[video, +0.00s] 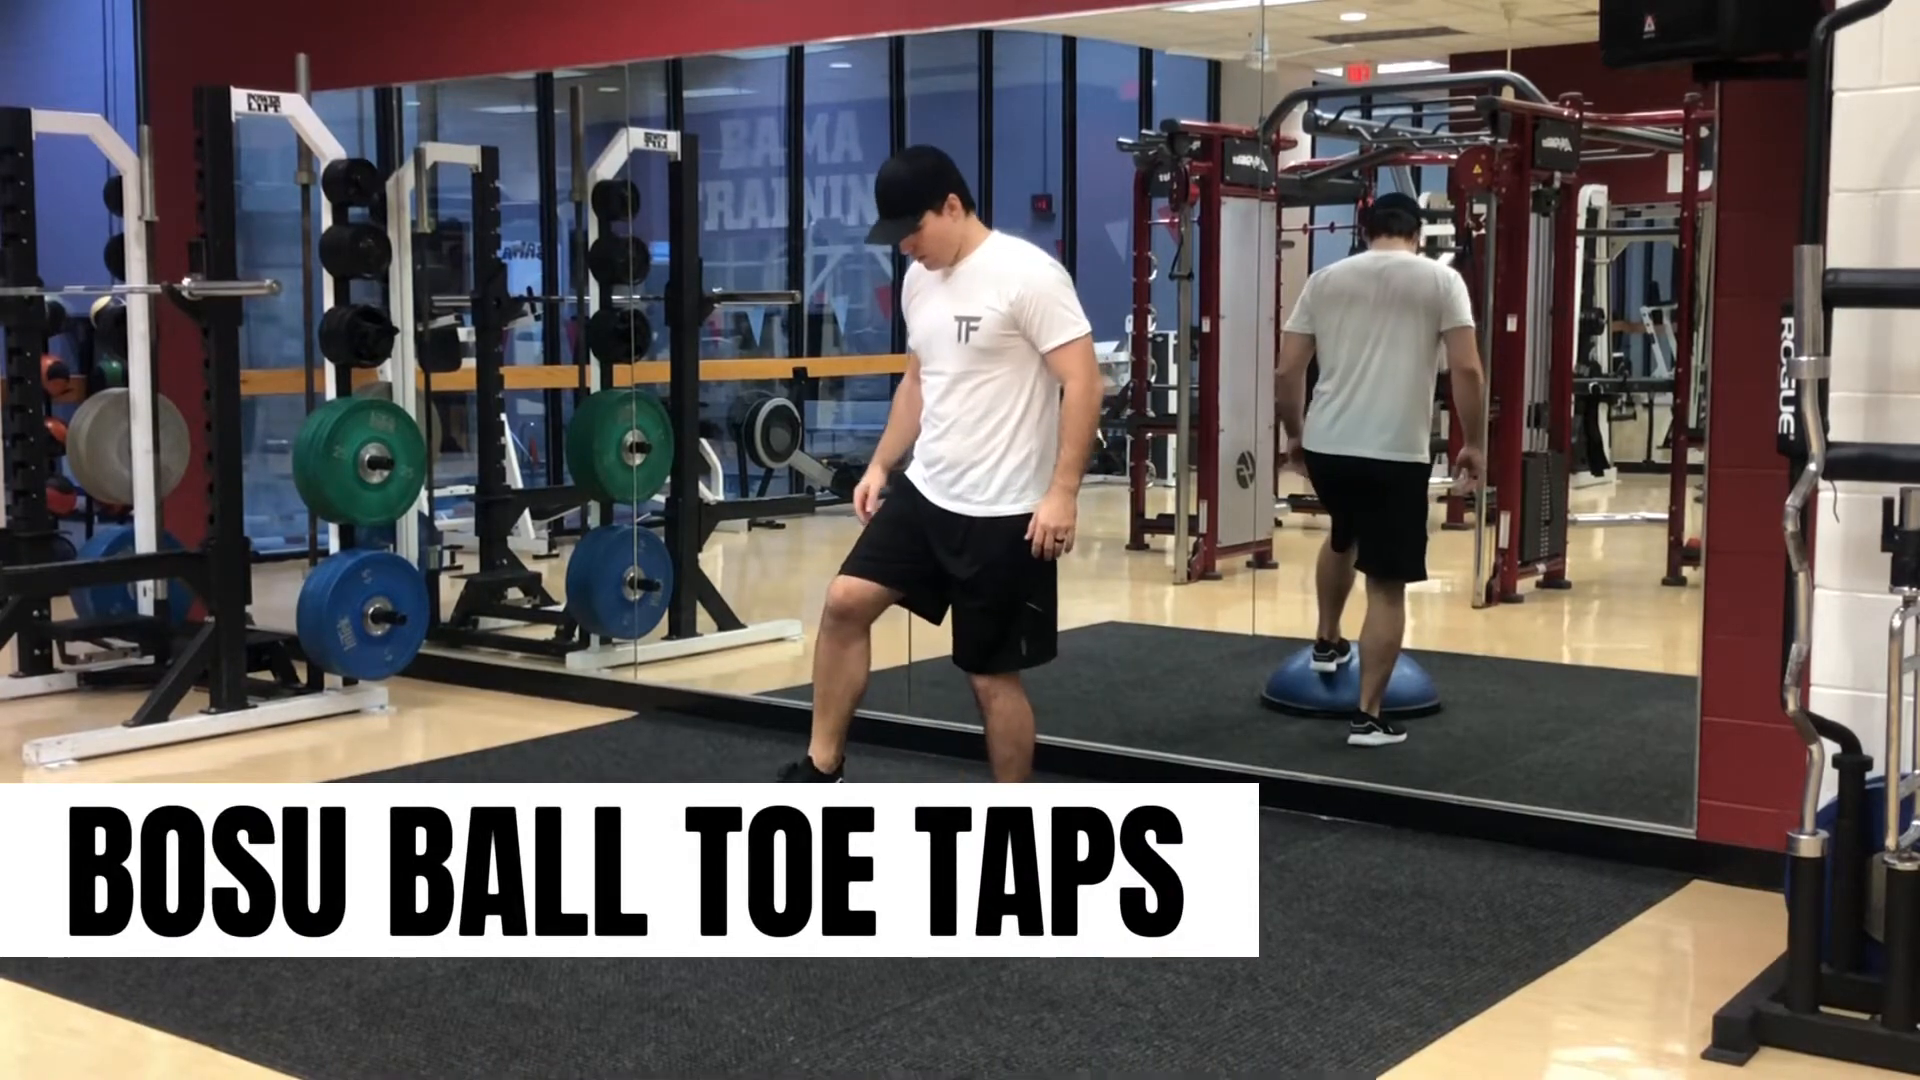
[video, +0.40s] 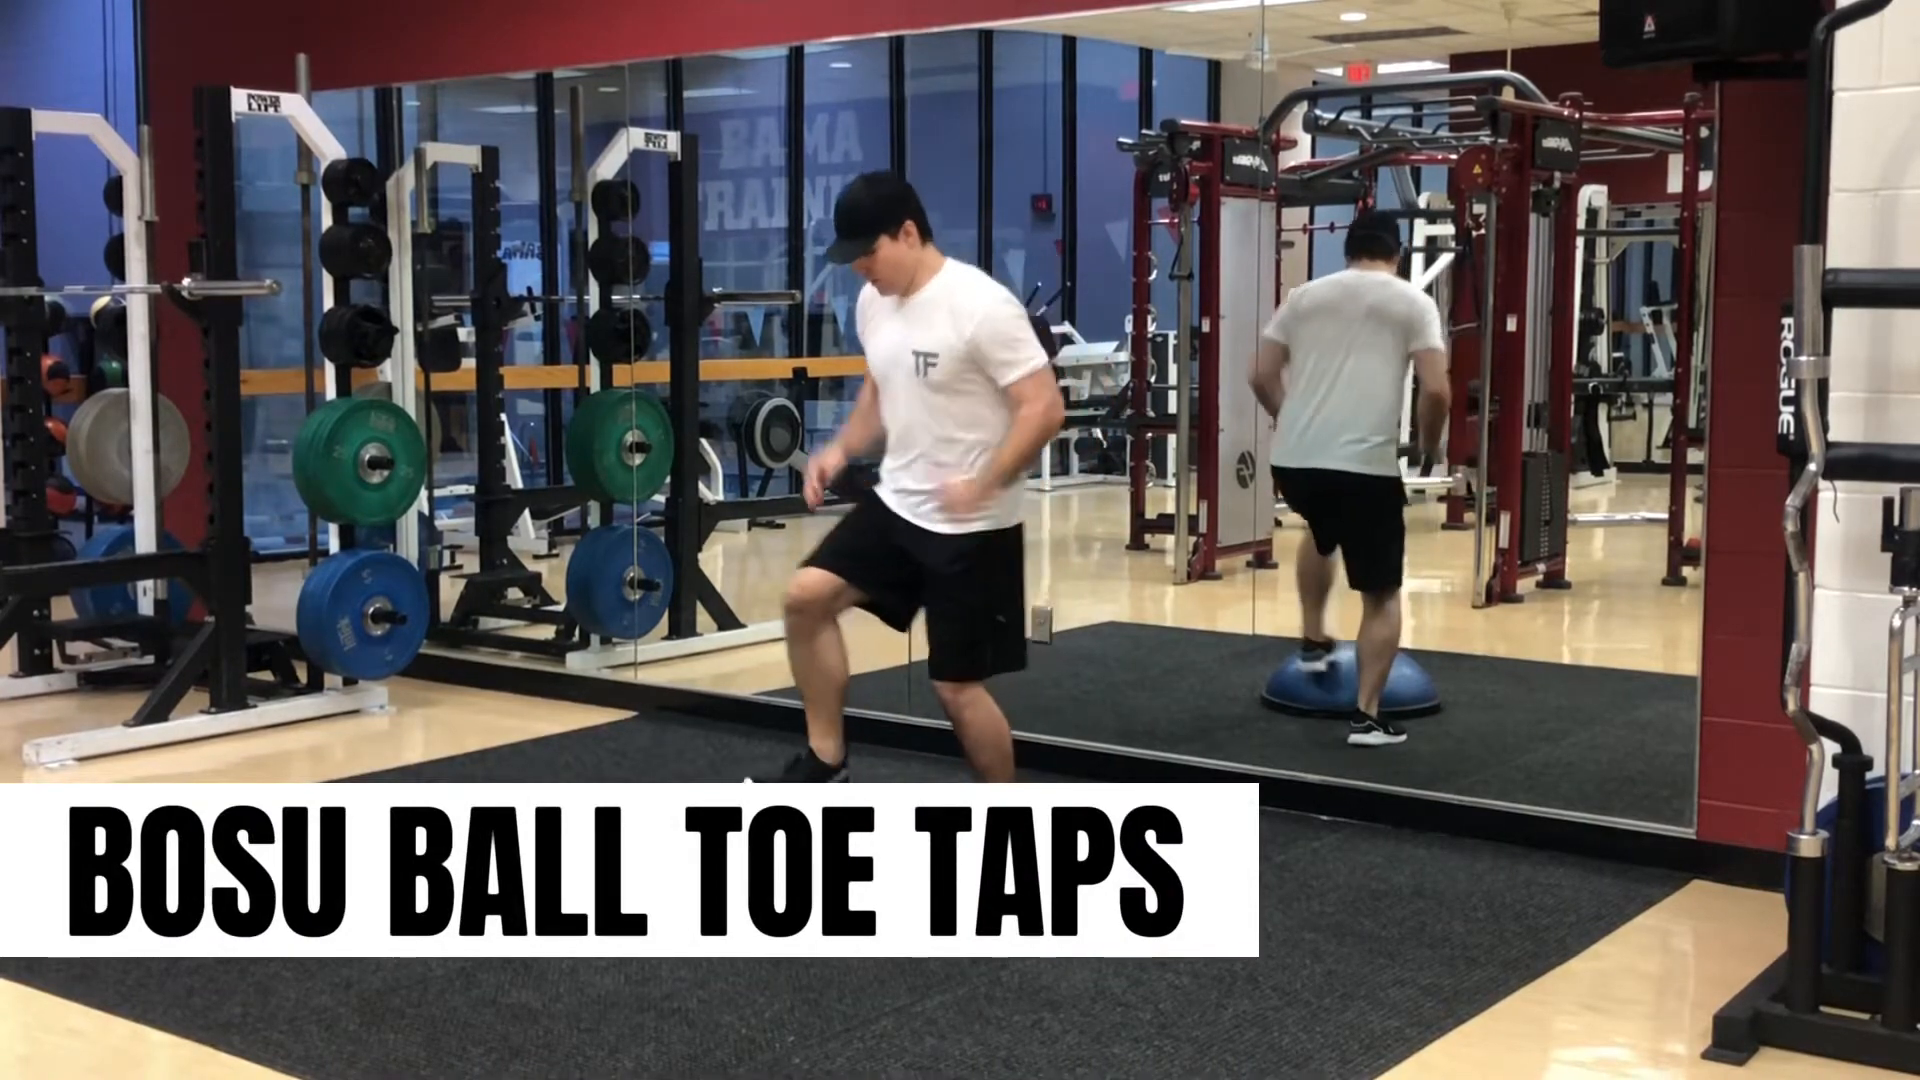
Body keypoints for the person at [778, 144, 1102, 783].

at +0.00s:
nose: (905, 248)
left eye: (911, 232)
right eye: (899, 237)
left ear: (951, 208)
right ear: (941, 212)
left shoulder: (1030, 274)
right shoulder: (919, 279)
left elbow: (1084, 381)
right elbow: (918, 380)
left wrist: (1063, 493)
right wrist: (880, 466)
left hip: (1004, 516)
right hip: (925, 496)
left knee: (992, 676)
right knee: (846, 605)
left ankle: (1013, 812)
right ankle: (821, 766)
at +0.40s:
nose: (861, 270)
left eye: (866, 254)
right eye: (855, 259)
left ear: (908, 233)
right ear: (894, 238)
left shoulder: (984, 305)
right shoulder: (872, 302)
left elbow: (1044, 407)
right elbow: (880, 394)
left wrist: (986, 481)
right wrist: (840, 448)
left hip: (974, 528)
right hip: (896, 510)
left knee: (957, 685)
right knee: (806, 596)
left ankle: (1007, 806)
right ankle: (825, 758)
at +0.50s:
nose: (847, 241)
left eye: (852, 225)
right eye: (839, 230)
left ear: (892, 203)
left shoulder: (966, 267)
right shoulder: (854, 266)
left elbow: (1056, 339)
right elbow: (865, 347)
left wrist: (987, 398)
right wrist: (810, 385)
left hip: (945, 502)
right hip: (865, 485)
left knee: (947, 659)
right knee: (778, 592)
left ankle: (997, 798)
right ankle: (812, 737)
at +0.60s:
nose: (820, 225)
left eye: (826, 209)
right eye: (814, 213)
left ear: (866, 185)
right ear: (811, 207)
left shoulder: (947, 242)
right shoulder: (822, 250)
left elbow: (1037, 308)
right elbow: (829, 324)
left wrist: (976, 371)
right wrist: (801, 376)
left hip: (925, 470)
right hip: (844, 466)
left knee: (893, 616)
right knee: (784, 611)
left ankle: (940, 762)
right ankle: (786, 749)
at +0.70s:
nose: (796, 247)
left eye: (802, 232)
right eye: (789, 236)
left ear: (841, 208)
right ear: (788, 229)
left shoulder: (922, 264)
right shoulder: (791, 277)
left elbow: (1006, 332)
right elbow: (793, 361)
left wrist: (948, 396)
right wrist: (783, 428)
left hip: (907, 476)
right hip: (826, 483)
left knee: (843, 578)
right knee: (796, 643)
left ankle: (866, 726)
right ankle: (784, 777)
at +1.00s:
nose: (782, 241)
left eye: (787, 225)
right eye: (774, 230)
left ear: (824, 200)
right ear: (777, 220)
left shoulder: (906, 249)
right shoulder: (783, 274)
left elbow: (1006, 300)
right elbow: (778, 352)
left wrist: (949, 360)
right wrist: (752, 395)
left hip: (904, 468)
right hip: (822, 477)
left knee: (848, 595)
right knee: (788, 637)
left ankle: (899, 751)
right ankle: (785, 773)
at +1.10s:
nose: (792, 234)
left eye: (796, 218)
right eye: (785, 223)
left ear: (834, 190)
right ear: (804, 205)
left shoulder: (914, 241)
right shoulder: (807, 260)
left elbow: (1013, 298)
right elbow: (816, 333)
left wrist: (954, 366)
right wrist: (780, 391)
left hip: (917, 468)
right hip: (838, 466)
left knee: (893, 622)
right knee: (767, 593)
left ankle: (973, 792)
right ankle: (792, 736)